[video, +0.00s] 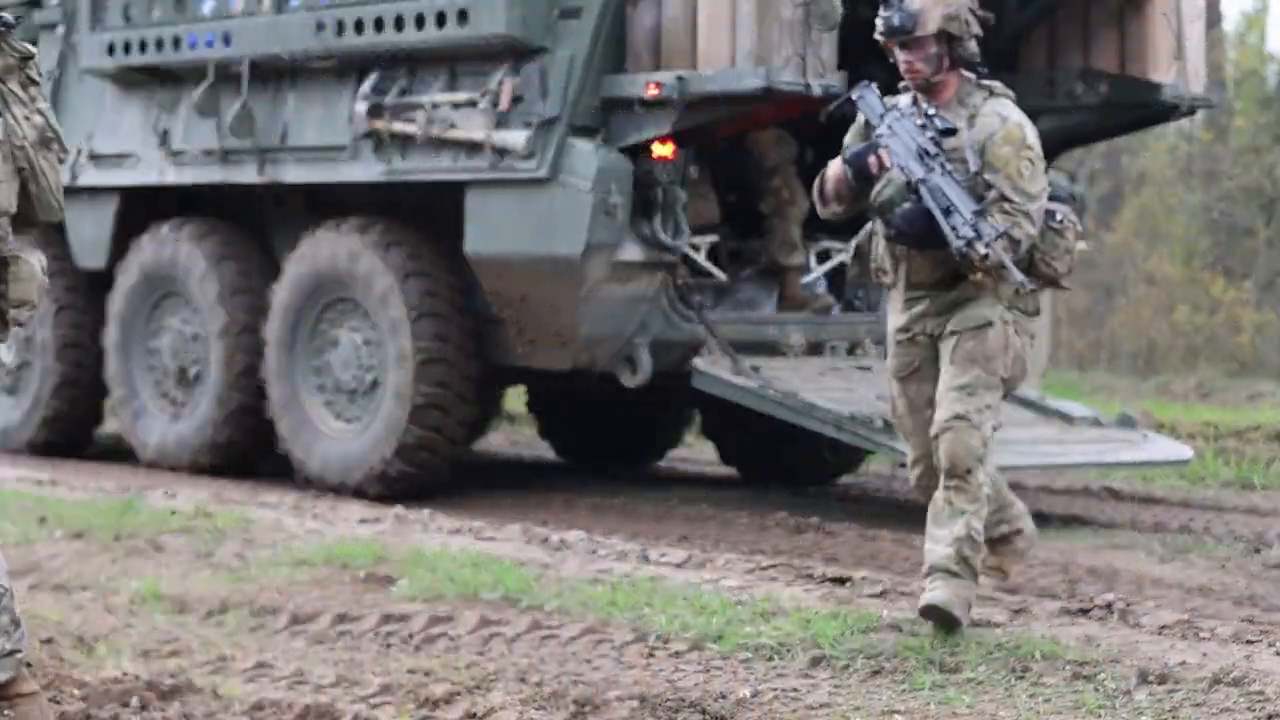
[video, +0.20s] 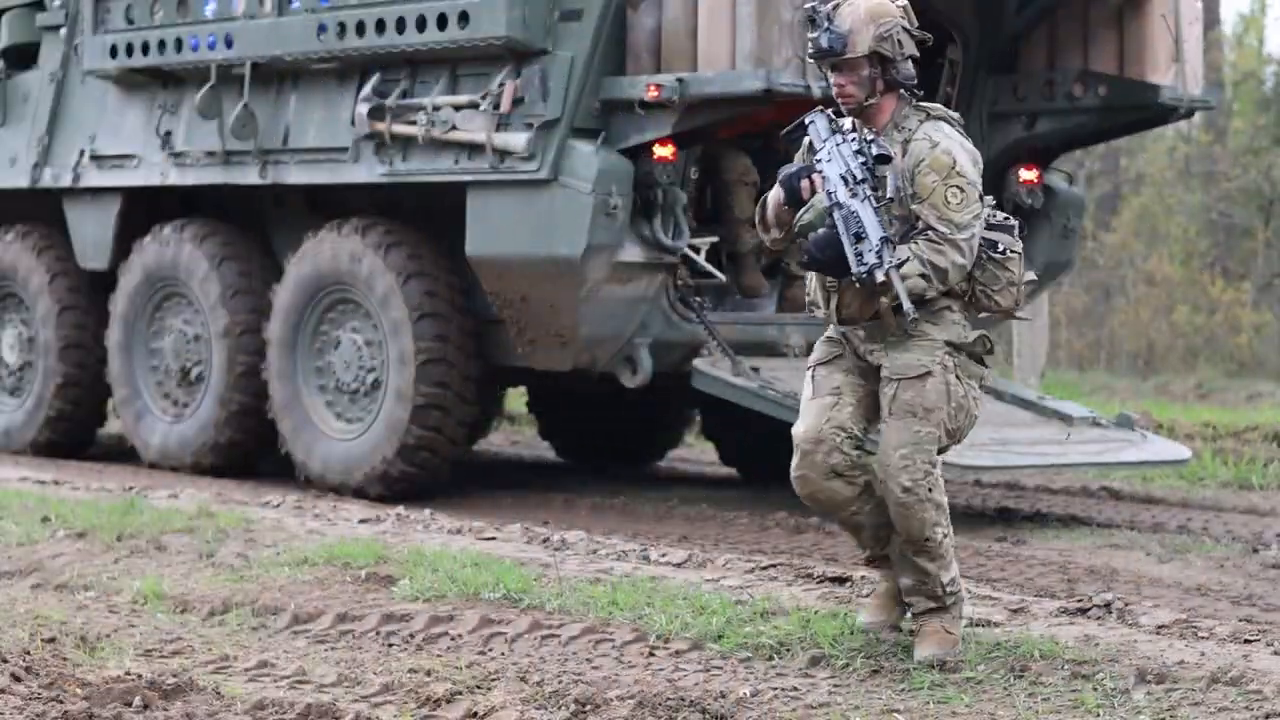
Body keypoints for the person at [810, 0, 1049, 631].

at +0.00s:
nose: (907, 60)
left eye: (919, 47)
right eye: (899, 49)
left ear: (952, 46)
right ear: (892, 51)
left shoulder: (1001, 123)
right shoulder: (883, 116)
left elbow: (1018, 225)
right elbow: (828, 202)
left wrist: (968, 246)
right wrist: (853, 170)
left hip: (982, 302)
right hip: (909, 306)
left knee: (958, 444)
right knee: (927, 460)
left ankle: (948, 587)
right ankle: (1007, 524)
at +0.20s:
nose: (837, 83)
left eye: (851, 69)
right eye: (832, 70)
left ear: (891, 69)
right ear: (825, 72)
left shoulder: (940, 151)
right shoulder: (827, 138)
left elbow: (949, 252)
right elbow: (776, 236)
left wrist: (879, 285)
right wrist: (786, 197)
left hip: (930, 340)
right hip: (846, 336)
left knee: (903, 466)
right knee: (818, 465)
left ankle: (937, 609)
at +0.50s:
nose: (685, 117)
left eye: (698, 103)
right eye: (681, 103)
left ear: (743, 103)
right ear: (685, 104)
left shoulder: (795, 186)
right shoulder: (691, 181)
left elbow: (793, 300)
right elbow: (634, 286)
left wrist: (706, 329)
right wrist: (634, 243)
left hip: (777, 398)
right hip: (693, 395)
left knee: (734, 533)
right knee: (665, 561)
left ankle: (836, 609)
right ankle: (738, 683)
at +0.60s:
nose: (628, 116)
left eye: (642, 103)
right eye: (625, 102)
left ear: (689, 105)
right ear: (627, 105)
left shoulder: (736, 195)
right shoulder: (635, 181)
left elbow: (737, 318)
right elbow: (577, 287)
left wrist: (634, 329)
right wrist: (572, 248)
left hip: (715, 402)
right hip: (634, 401)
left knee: (638, 530)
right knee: (633, 559)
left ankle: (665, 702)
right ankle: (741, 686)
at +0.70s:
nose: (566, 109)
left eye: (580, 94)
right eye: (562, 94)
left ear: (628, 94)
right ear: (563, 93)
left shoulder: (673, 194)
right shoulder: (579, 178)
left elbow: (664, 321)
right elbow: (516, 285)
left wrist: (556, 334)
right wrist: (501, 244)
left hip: (635, 418)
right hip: (574, 410)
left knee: (563, 570)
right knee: (622, 585)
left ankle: (551, 708)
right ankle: (748, 694)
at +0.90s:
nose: (398, 63)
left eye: (412, 49)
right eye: (395, 49)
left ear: (460, 53)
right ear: (408, 55)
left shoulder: (515, 155)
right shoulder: (422, 130)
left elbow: (510, 287)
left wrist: (407, 315)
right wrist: (363, 195)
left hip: (501, 402)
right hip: (411, 384)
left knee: (495, 597)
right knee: (333, 505)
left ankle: (541, 704)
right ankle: (443, 642)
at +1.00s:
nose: (301, 26)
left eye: (316, 12)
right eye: (298, 13)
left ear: (365, 17)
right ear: (334, 22)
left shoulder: (418, 111)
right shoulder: (332, 99)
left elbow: (421, 252)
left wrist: (316, 284)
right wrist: (264, 163)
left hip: (423, 354)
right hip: (334, 351)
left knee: (454, 566)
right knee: (237, 495)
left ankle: (533, 702)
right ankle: (235, 686)